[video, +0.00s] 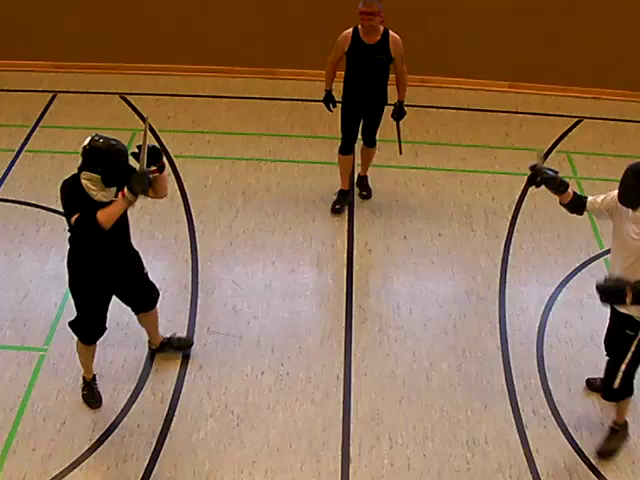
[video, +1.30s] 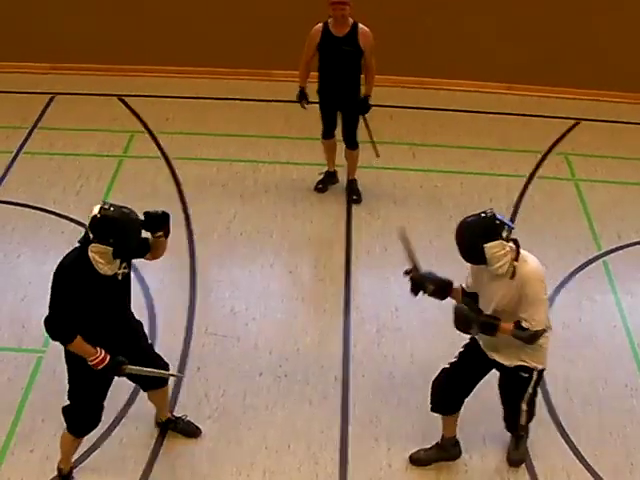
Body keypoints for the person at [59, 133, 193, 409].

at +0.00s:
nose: (115, 184)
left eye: (117, 179)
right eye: (112, 179)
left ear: (121, 169)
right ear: (96, 171)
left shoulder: (120, 179)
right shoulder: (71, 189)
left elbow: (159, 192)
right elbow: (93, 224)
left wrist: (157, 170)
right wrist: (128, 197)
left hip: (123, 259)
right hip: (88, 268)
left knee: (146, 300)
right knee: (89, 328)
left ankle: (157, 342)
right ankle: (89, 378)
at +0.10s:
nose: (112, 183)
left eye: (113, 176)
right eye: (108, 178)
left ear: (114, 171)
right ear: (91, 176)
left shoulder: (113, 180)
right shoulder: (63, 199)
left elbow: (155, 194)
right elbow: (80, 251)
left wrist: (149, 170)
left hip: (117, 264)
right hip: (83, 275)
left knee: (144, 310)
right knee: (86, 332)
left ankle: (149, 359)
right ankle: (88, 379)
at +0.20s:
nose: (109, 191)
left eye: (111, 185)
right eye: (104, 186)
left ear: (111, 176)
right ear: (88, 181)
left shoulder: (112, 184)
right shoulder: (59, 208)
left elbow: (153, 197)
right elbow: (70, 266)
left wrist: (146, 172)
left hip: (118, 267)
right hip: (79, 281)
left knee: (143, 318)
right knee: (83, 336)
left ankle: (147, 373)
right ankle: (88, 378)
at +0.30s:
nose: (109, 195)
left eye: (110, 188)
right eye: (104, 189)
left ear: (111, 181)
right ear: (88, 184)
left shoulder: (113, 189)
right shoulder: (57, 212)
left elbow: (153, 205)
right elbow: (60, 267)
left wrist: (147, 181)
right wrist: (90, 297)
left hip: (117, 276)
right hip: (77, 288)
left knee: (142, 329)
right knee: (83, 340)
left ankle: (153, 388)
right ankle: (88, 379)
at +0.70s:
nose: (139, 220)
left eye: (141, 214)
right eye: (135, 214)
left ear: (143, 207)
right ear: (118, 207)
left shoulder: (143, 216)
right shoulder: (84, 230)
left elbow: (181, 235)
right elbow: (69, 281)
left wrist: (179, 207)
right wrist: (89, 320)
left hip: (138, 304)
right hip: (98, 313)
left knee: (162, 358)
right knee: (93, 371)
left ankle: (164, 416)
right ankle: (85, 388)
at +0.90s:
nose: (147, 229)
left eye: (149, 223)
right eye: (143, 223)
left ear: (150, 216)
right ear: (127, 216)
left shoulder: (151, 224)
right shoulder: (91, 238)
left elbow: (190, 240)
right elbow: (78, 293)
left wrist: (186, 214)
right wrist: (106, 331)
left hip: (144, 312)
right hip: (103, 320)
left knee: (166, 366)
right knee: (97, 386)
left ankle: (162, 418)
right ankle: (87, 432)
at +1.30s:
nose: (129, 251)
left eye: (131, 245)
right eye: (125, 246)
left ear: (123, 241)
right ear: (107, 242)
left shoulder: (120, 249)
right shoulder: (71, 270)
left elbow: (154, 253)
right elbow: (56, 326)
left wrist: (159, 233)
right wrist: (98, 357)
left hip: (124, 333)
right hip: (87, 349)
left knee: (156, 374)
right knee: (83, 418)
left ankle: (164, 417)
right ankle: (64, 469)